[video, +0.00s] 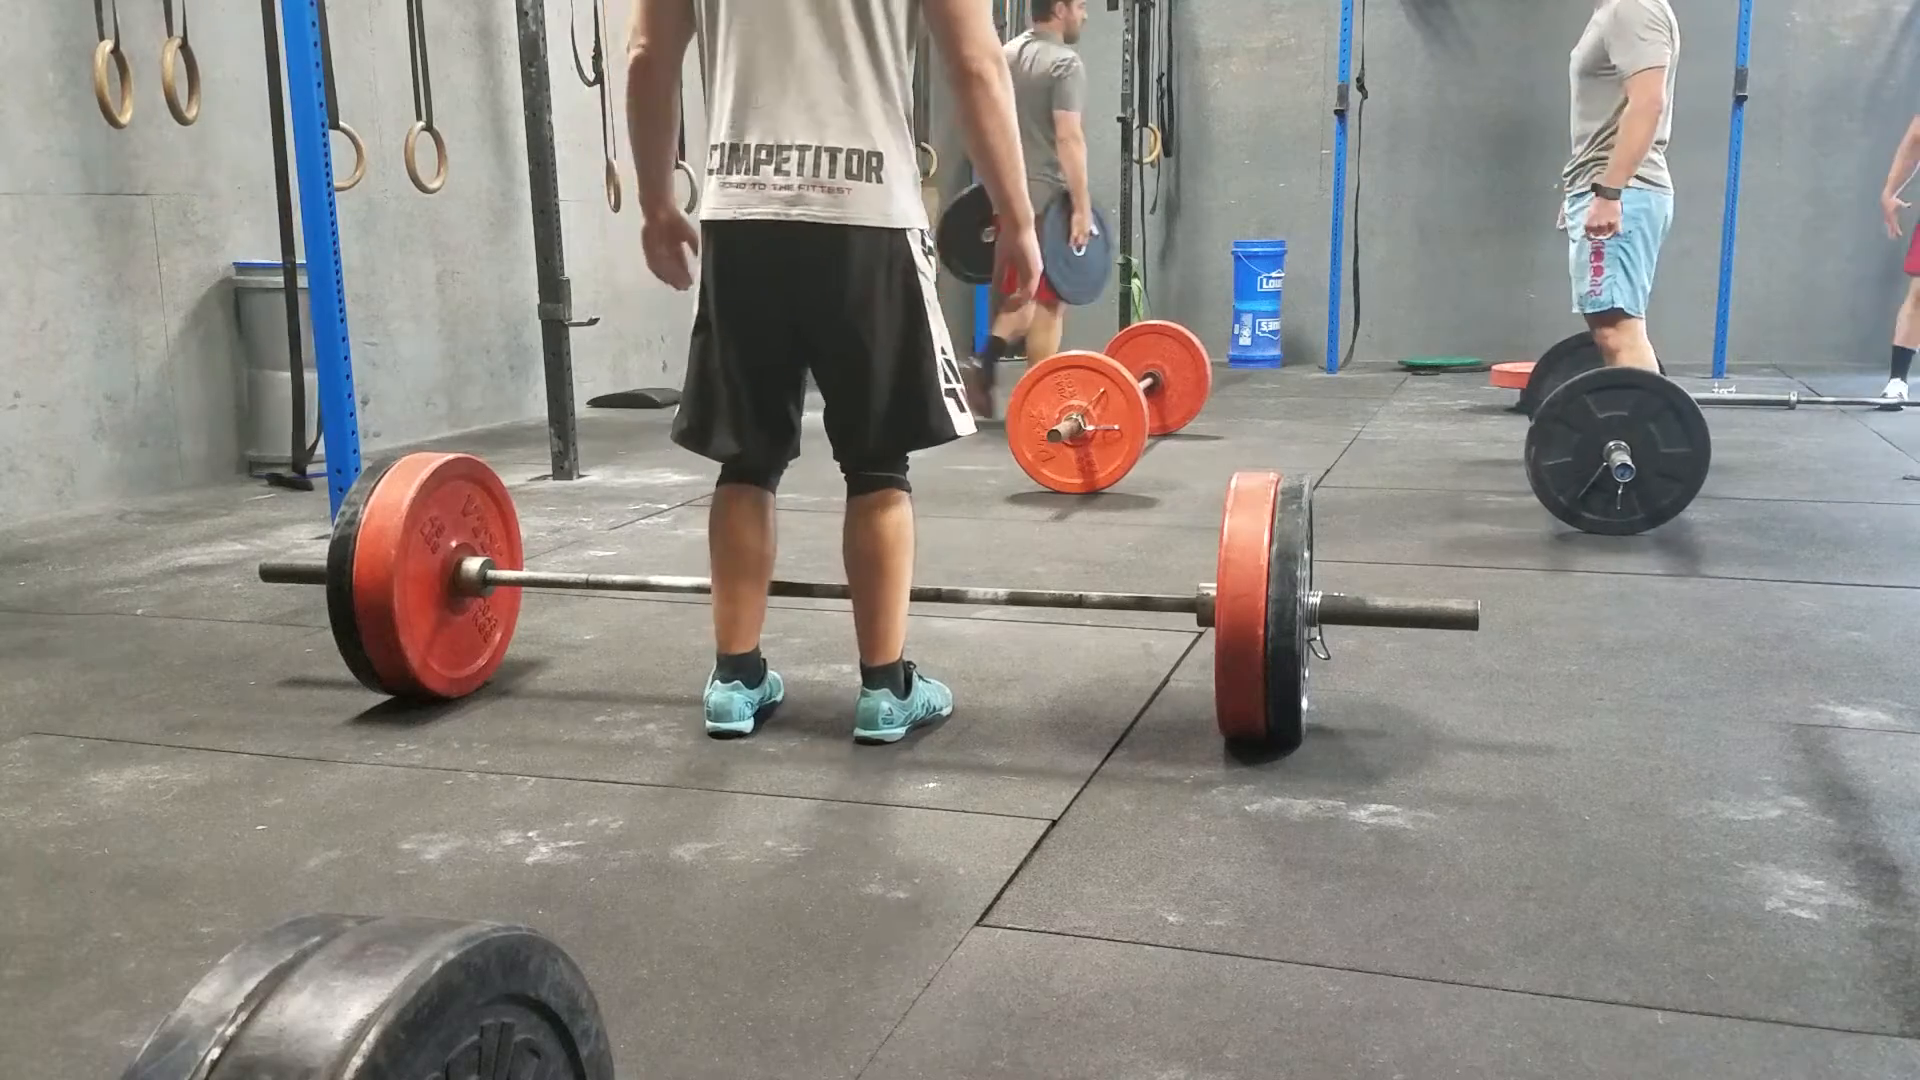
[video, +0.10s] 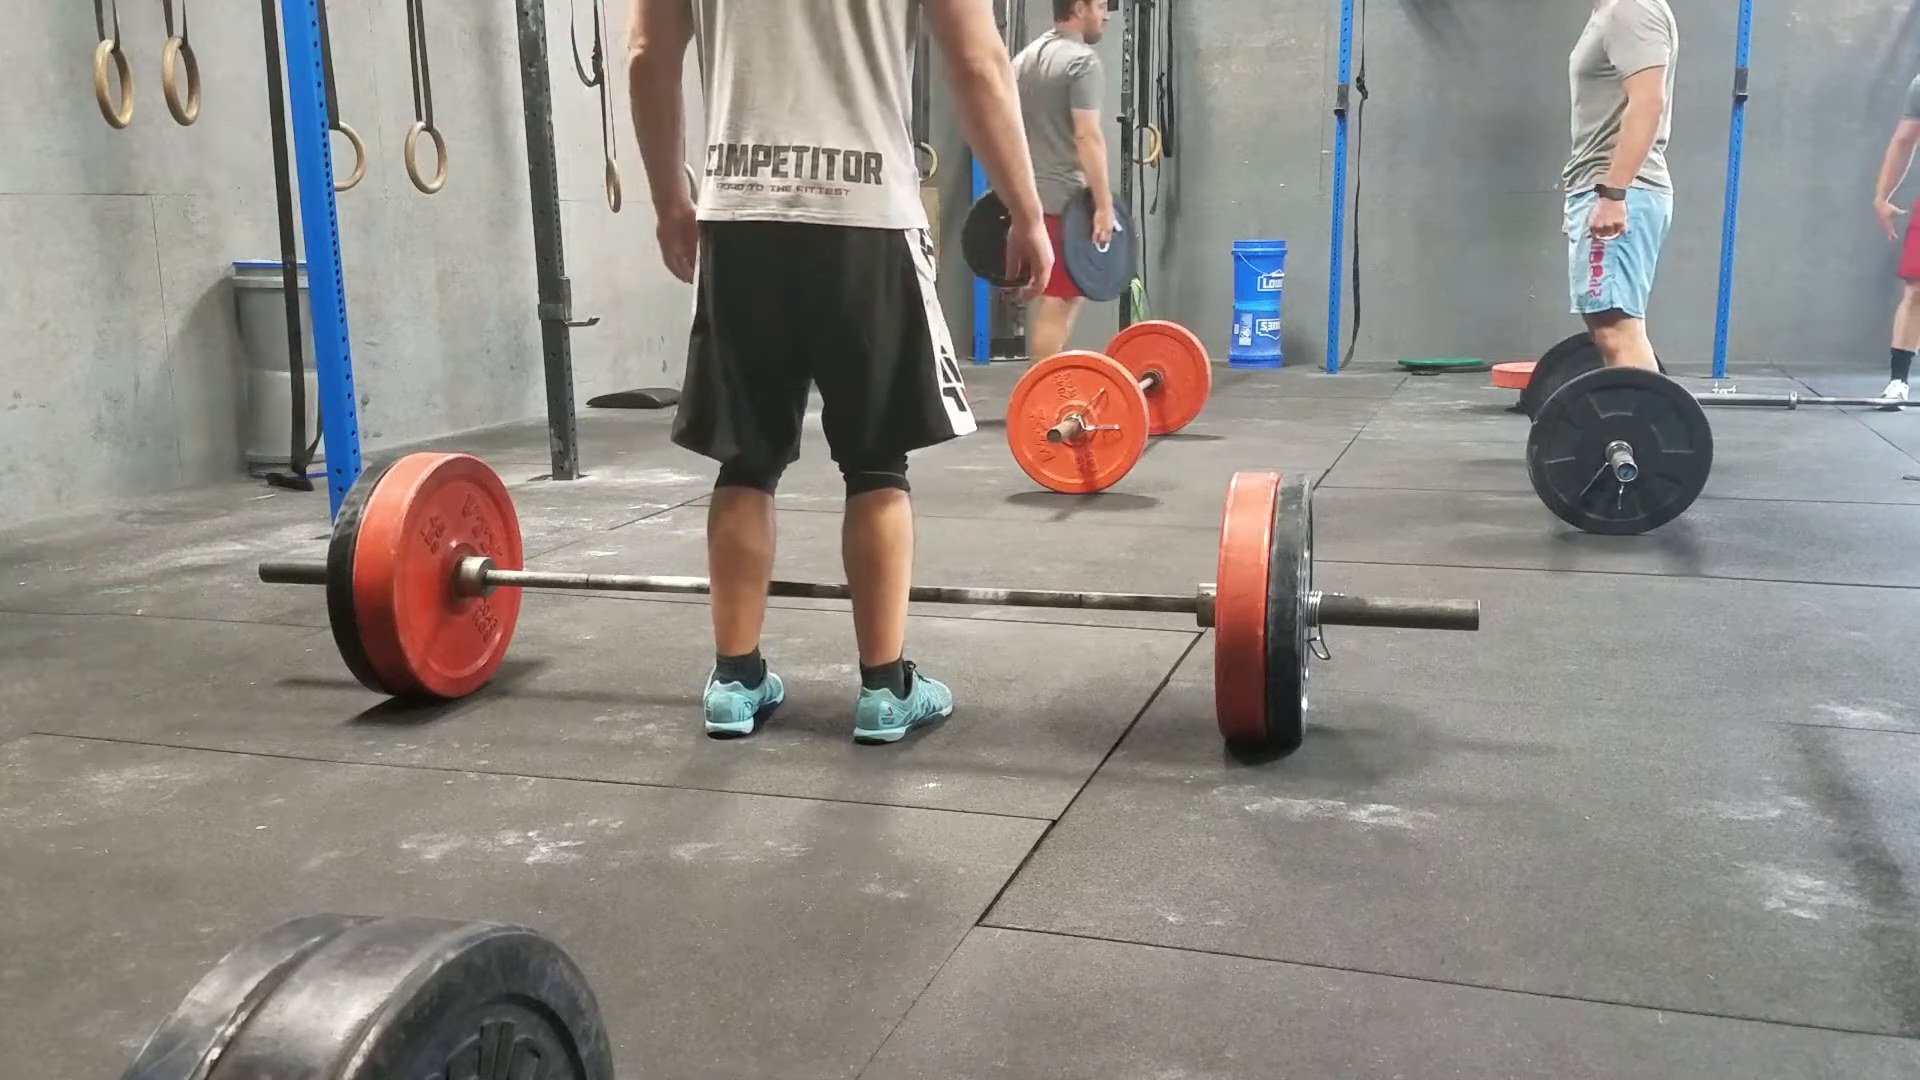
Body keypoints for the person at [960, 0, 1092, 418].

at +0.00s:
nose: (1083, 15)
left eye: (1082, 7)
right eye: (1079, 6)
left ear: (1042, 12)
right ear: (1061, 10)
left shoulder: (1005, 53)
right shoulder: (1066, 61)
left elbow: (992, 130)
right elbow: (1068, 137)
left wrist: (993, 195)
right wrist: (1081, 208)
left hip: (1009, 196)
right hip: (1049, 199)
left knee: (1019, 296)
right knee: (1051, 304)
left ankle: (985, 360)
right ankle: (1044, 402)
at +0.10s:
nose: (1107, 15)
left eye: (1107, 7)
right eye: (1102, 6)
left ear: (1070, 10)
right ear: (1079, 8)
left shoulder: (1023, 58)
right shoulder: (1083, 59)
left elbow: (1012, 132)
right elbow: (1087, 137)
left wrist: (1017, 196)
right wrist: (1104, 205)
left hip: (1030, 198)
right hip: (1063, 202)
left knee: (1068, 299)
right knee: (1056, 303)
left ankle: (1045, 394)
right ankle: (1039, 404)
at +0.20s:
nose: (1128, 19)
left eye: (1128, 10)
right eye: (1123, 9)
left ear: (1095, 14)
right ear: (1100, 12)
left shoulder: (1050, 61)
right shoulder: (1101, 61)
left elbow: (1042, 137)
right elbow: (1104, 139)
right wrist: (1124, 208)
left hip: (1050, 200)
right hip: (1080, 205)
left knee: (1096, 300)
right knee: (1068, 303)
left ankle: (1110, 389)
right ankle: (1042, 402)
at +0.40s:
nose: (1175, 23)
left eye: (1174, 15)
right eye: (1168, 14)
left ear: (1141, 19)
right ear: (1143, 18)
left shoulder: (1107, 66)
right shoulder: (1147, 67)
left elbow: (1104, 146)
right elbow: (1145, 142)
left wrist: (1102, 206)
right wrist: (1162, 211)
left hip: (1106, 204)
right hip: (1132, 208)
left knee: (1154, 300)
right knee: (1114, 305)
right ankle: (1060, 381)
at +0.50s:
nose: (1198, 17)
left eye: (1197, 9)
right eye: (1191, 8)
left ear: (1166, 15)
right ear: (1167, 13)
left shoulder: (1139, 59)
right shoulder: (1167, 60)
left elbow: (1134, 139)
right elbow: (1164, 135)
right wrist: (1180, 201)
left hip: (1133, 200)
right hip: (1153, 203)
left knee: (1157, 304)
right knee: (1174, 304)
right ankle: (1105, 366)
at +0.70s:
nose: (1250, 14)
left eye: (1250, 6)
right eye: (1245, 6)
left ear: (1218, 11)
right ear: (1221, 9)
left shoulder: (1198, 55)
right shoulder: (1210, 58)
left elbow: (1192, 135)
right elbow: (1202, 134)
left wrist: (1214, 196)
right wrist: (1216, 198)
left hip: (1182, 198)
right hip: (1200, 199)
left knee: (1181, 291)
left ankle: (1145, 384)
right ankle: (1228, 391)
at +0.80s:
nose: (1278, 18)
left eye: (1278, 9)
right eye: (1272, 9)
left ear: (1248, 15)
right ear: (1248, 13)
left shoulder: (1233, 58)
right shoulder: (1238, 62)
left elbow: (1224, 138)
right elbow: (1225, 138)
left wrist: (1240, 201)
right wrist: (1235, 205)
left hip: (1208, 200)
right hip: (1226, 202)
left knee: (1190, 296)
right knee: (1263, 292)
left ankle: (1151, 382)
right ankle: (1295, 390)